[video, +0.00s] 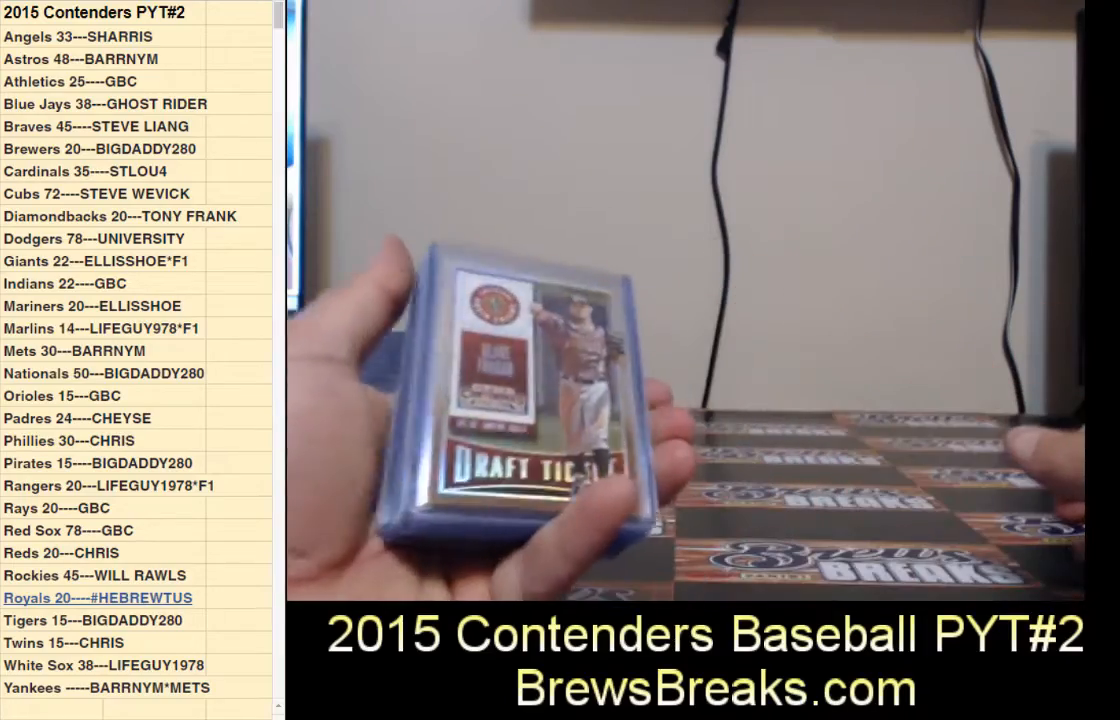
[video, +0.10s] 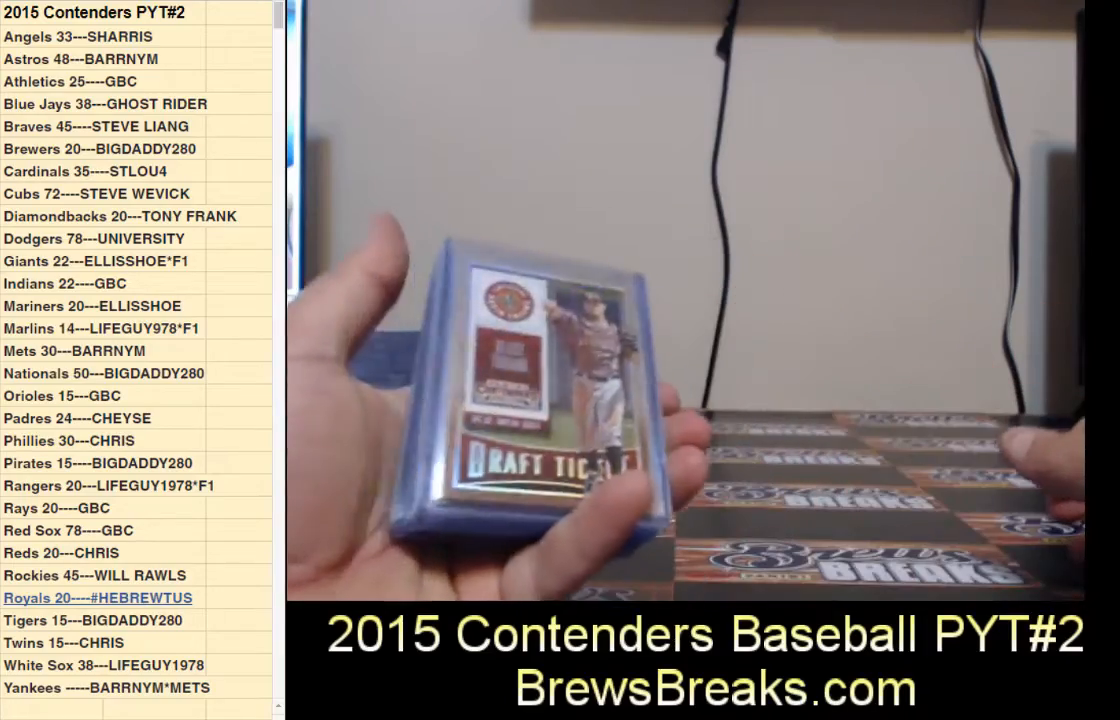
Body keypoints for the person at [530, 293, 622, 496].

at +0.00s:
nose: (578, 309)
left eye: (583, 305)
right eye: (575, 305)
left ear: (590, 309)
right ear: (569, 308)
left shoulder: (601, 335)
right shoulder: (564, 329)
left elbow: (614, 358)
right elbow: (548, 320)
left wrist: (617, 350)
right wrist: (538, 312)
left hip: (597, 386)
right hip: (571, 385)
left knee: (599, 434)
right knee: (573, 434)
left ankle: (604, 480)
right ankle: (579, 478)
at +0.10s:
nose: (592, 306)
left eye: (596, 303)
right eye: (588, 302)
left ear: (604, 306)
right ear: (583, 305)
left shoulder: (614, 331)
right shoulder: (577, 325)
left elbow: (628, 357)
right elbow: (563, 317)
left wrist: (630, 348)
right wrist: (552, 310)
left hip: (611, 383)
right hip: (585, 382)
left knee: (612, 432)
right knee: (587, 431)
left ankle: (618, 477)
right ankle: (592, 473)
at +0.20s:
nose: (600, 314)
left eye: (604, 310)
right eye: (596, 310)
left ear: (612, 313)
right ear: (591, 312)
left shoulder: (621, 339)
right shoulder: (584, 331)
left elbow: (637, 364)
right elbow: (568, 321)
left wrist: (638, 354)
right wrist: (560, 315)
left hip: (617, 389)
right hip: (592, 388)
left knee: (618, 439)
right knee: (593, 438)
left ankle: (623, 484)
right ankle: (597, 481)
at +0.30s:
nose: (581, 308)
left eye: (586, 304)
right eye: (578, 304)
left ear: (595, 308)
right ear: (572, 307)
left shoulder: (604, 333)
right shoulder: (566, 326)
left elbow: (615, 357)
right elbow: (549, 318)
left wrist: (620, 348)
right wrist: (542, 313)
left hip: (598, 383)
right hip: (571, 383)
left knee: (597, 431)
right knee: (571, 430)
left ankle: (601, 476)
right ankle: (576, 473)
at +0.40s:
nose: (580, 300)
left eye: (584, 295)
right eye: (576, 295)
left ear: (592, 298)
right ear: (570, 298)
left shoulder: (602, 325)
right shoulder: (565, 320)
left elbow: (623, 337)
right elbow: (553, 312)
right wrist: (542, 307)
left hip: (596, 376)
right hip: (570, 376)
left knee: (594, 426)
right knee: (567, 426)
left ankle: (597, 472)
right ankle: (571, 471)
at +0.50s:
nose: (591, 289)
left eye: (596, 284)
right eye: (587, 284)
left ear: (604, 287)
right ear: (581, 286)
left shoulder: (613, 311)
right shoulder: (571, 308)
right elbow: (549, 300)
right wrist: (552, 301)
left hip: (607, 366)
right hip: (579, 366)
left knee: (606, 421)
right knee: (577, 418)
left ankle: (609, 473)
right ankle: (582, 466)